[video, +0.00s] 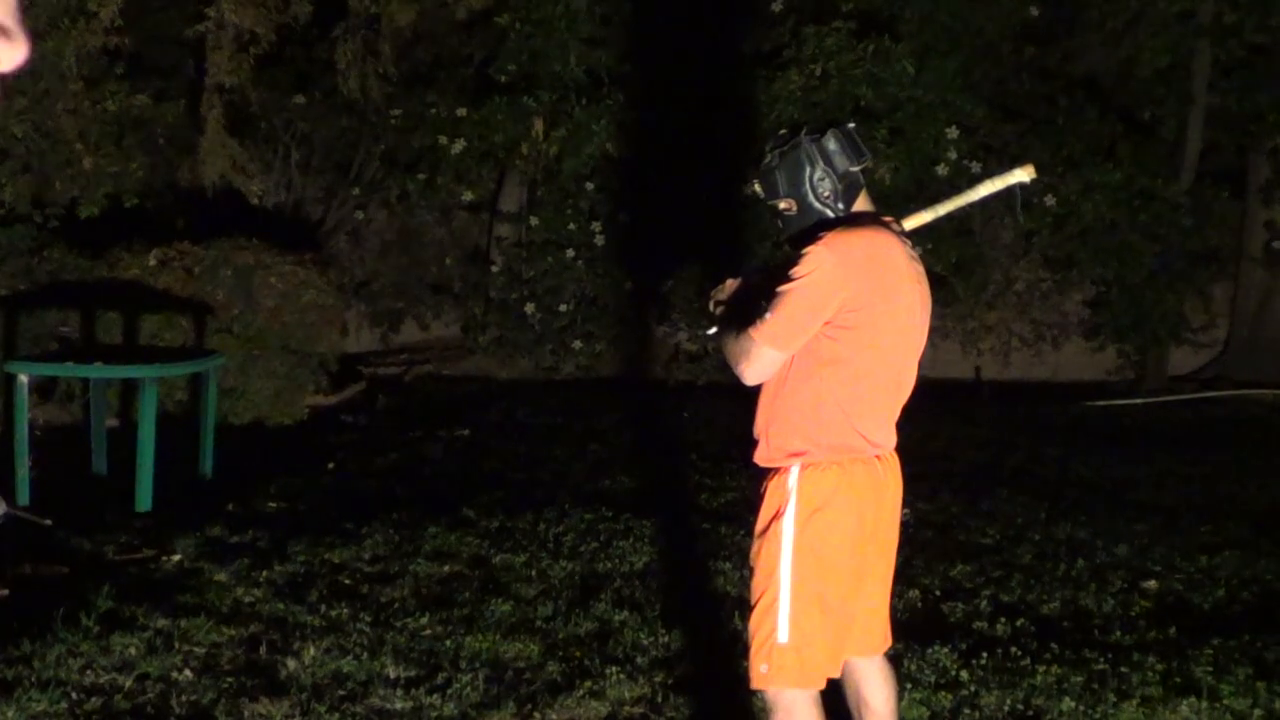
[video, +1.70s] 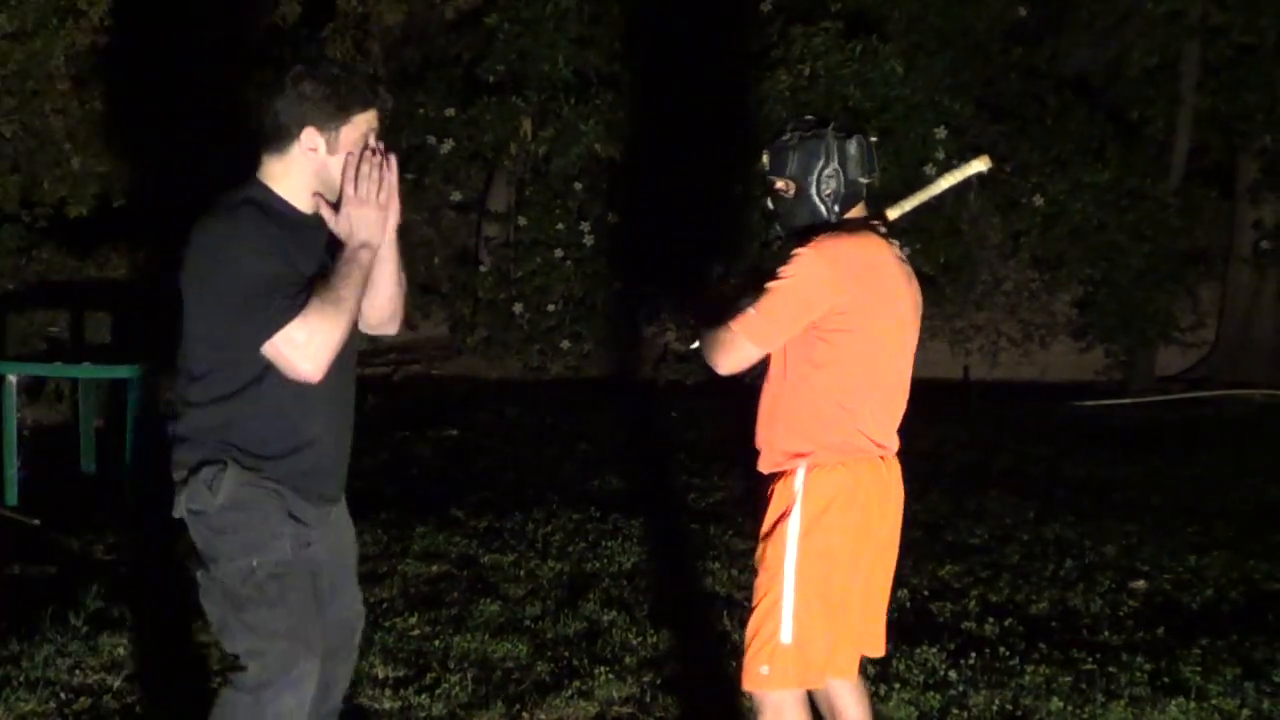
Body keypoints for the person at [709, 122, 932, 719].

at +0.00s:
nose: (782, 215)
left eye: (785, 201)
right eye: (779, 202)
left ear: (810, 195)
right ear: (851, 184)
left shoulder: (835, 257)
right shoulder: (905, 262)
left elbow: (752, 363)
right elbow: (833, 343)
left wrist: (728, 314)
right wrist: (766, 298)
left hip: (813, 483)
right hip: (874, 479)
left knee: (785, 677)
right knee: (863, 652)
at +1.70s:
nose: (777, 198)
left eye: (786, 184)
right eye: (776, 183)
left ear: (821, 185)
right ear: (850, 186)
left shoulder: (825, 261)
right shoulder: (895, 268)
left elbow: (728, 354)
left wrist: (705, 329)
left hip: (818, 487)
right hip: (873, 485)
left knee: (773, 680)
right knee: (835, 670)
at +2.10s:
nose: (721, 202)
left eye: (728, 191)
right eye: (726, 190)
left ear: (747, 204)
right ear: (805, 205)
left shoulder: (751, 279)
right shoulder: (842, 280)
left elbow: (661, 351)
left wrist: (643, 315)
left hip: (772, 505)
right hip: (830, 499)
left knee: (669, 676)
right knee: (808, 675)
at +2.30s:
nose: (675, 216)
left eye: (684, 205)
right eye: (679, 201)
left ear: (713, 215)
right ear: (748, 211)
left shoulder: (739, 297)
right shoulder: (774, 281)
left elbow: (637, 397)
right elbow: (653, 349)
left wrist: (548, 353)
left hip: (749, 509)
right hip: (787, 500)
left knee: (645, 676)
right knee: (762, 672)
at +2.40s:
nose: (679, 219)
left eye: (686, 208)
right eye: (682, 203)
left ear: (710, 216)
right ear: (751, 212)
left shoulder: (732, 297)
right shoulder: (786, 278)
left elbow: (638, 403)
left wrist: (573, 374)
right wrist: (619, 349)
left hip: (755, 504)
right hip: (801, 495)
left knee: (650, 670)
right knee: (754, 663)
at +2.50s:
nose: (683, 221)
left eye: (689, 209)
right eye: (685, 207)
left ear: (714, 219)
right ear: (759, 211)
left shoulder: (735, 308)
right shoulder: (801, 276)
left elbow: (660, 423)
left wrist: (599, 426)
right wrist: (607, 394)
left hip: (778, 504)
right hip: (842, 492)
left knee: (678, 672)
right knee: (781, 652)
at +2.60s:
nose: (692, 227)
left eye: (699, 215)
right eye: (694, 213)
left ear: (722, 225)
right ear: (771, 216)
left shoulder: (758, 309)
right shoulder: (816, 285)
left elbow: (677, 420)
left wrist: (591, 423)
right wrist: (621, 399)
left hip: (822, 495)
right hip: (878, 484)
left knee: (735, 671)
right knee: (810, 656)